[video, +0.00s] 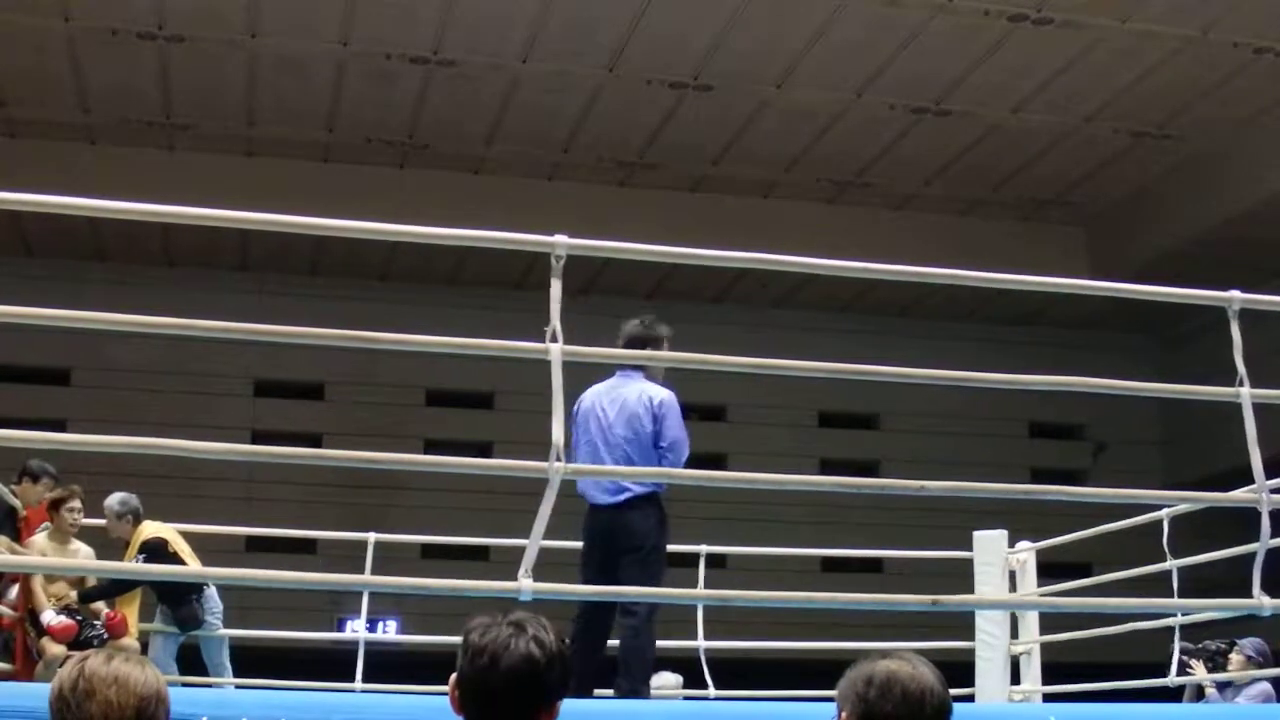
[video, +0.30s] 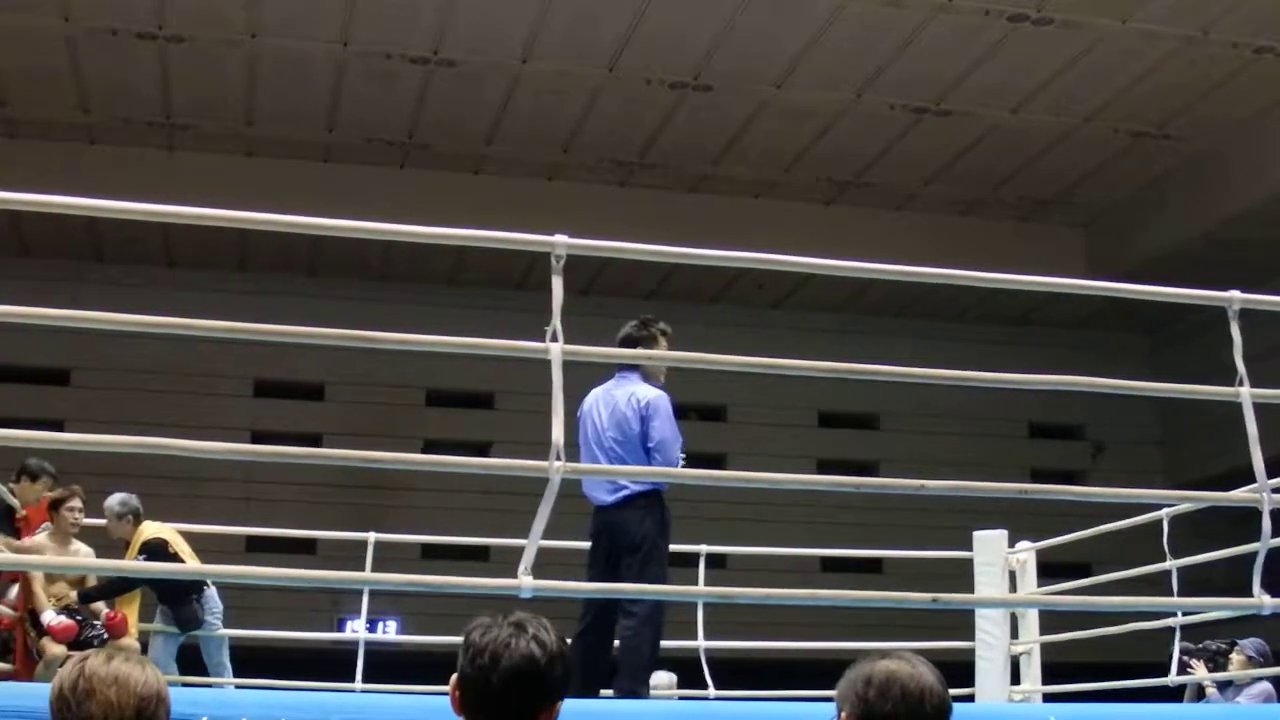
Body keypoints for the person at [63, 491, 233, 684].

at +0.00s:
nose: (106, 524)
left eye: (109, 518)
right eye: (106, 518)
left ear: (127, 520)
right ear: (126, 520)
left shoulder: (154, 541)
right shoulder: (137, 539)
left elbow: (125, 583)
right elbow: (121, 580)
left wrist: (80, 596)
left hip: (201, 600)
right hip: (171, 603)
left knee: (218, 666)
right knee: (160, 660)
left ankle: (229, 711)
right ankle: (176, 709)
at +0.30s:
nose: (106, 525)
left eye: (109, 520)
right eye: (106, 520)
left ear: (128, 521)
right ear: (129, 520)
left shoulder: (154, 543)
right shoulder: (139, 539)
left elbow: (125, 583)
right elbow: (127, 583)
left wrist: (78, 597)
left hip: (202, 600)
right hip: (171, 603)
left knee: (217, 665)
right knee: (160, 660)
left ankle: (230, 713)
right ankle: (173, 709)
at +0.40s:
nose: (105, 525)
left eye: (109, 519)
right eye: (106, 519)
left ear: (128, 520)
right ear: (128, 520)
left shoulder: (154, 543)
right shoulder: (139, 539)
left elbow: (124, 584)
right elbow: (125, 583)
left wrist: (79, 597)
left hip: (202, 600)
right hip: (171, 603)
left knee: (217, 664)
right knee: (159, 660)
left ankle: (230, 712)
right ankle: (175, 708)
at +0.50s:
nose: (106, 525)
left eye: (109, 519)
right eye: (106, 519)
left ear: (127, 520)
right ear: (128, 520)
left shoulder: (154, 542)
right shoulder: (138, 539)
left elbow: (125, 583)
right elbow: (125, 582)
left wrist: (79, 597)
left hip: (202, 600)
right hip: (171, 603)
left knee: (217, 665)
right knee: (160, 660)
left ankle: (230, 712)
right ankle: (175, 708)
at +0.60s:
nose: (106, 525)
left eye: (109, 520)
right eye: (106, 520)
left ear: (128, 520)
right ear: (129, 519)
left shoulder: (154, 543)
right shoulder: (140, 538)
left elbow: (124, 583)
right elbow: (127, 584)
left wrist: (79, 597)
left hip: (202, 600)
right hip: (171, 603)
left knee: (217, 664)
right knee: (160, 660)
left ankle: (230, 712)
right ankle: (173, 709)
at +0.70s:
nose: (107, 524)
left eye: (110, 519)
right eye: (107, 519)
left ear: (129, 520)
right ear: (129, 519)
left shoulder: (154, 542)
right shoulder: (138, 540)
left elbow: (125, 583)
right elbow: (125, 584)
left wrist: (79, 597)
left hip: (201, 600)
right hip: (170, 603)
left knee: (217, 664)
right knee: (160, 660)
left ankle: (230, 712)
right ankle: (174, 709)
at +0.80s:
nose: (109, 524)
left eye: (112, 518)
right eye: (109, 519)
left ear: (132, 519)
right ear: (131, 518)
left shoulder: (156, 541)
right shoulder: (139, 538)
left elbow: (125, 583)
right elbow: (125, 581)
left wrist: (78, 597)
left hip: (201, 601)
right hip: (170, 604)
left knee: (218, 666)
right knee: (159, 661)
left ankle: (231, 714)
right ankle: (174, 709)